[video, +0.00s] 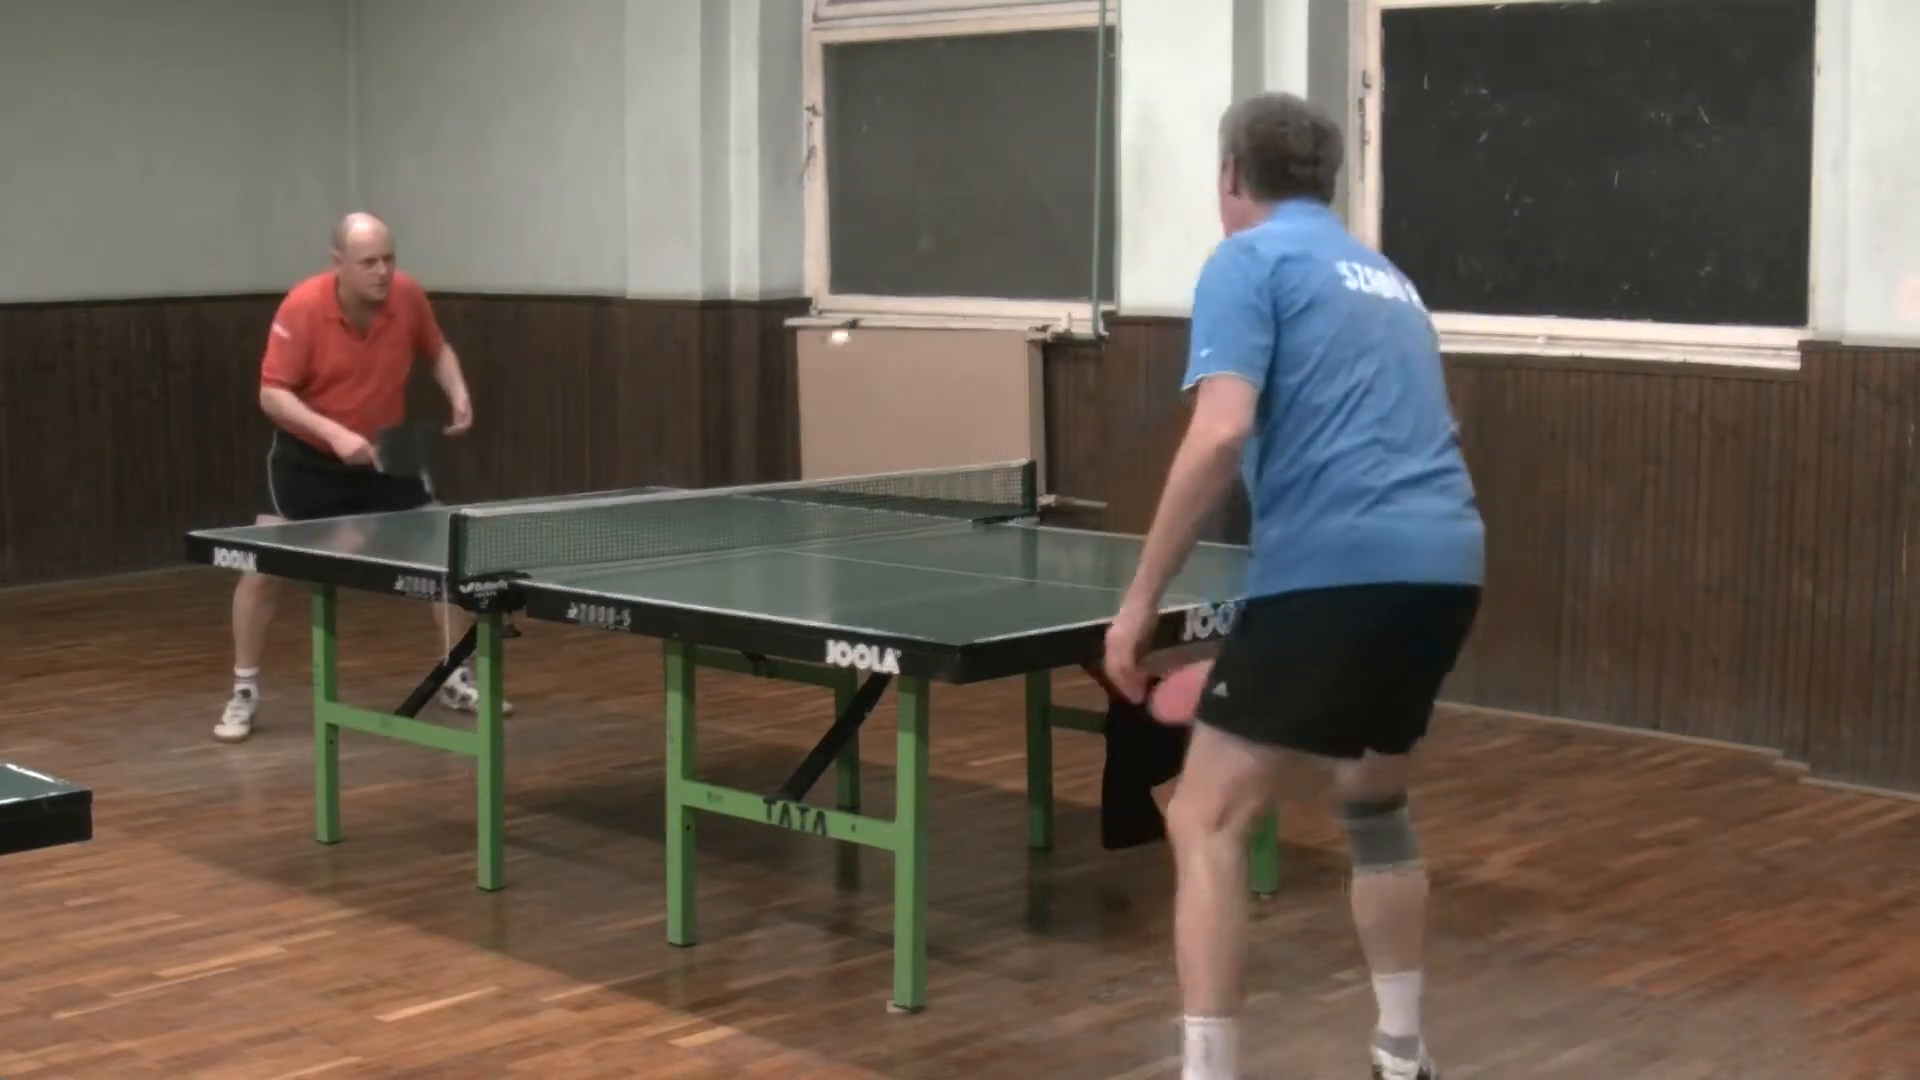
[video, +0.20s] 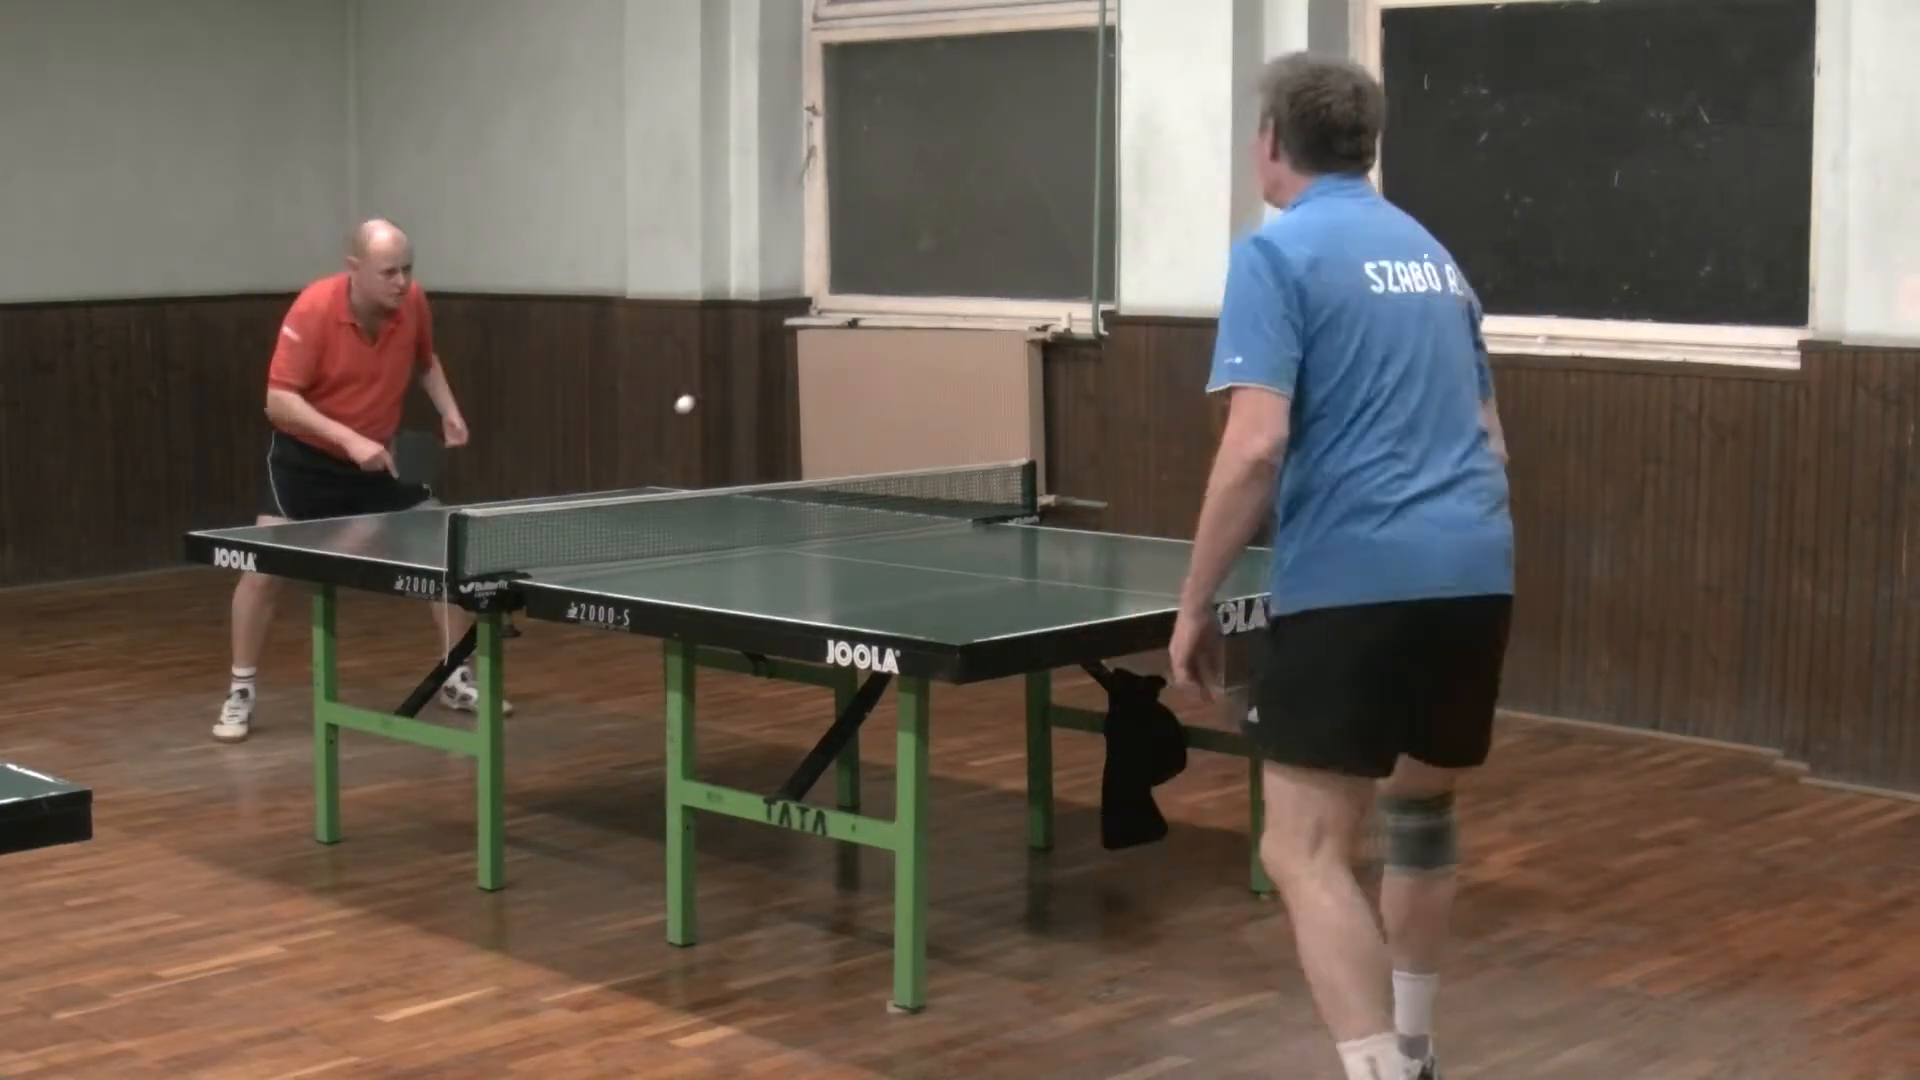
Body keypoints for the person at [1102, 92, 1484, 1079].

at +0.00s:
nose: (1218, 196)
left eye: (1219, 180)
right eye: (1219, 181)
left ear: (1235, 181)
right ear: (1326, 183)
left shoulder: (1246, 262)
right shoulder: (1381, 271)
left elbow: (1221, 434)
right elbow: (1366, 468)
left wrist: (1141, 601)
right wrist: (1245, 642)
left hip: (1332, 572)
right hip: (1445, 570)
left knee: (1205, 815)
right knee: (1375, 800)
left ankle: (1207, 1066)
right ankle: (1402, 1056)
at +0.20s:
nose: (1252, 152)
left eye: (1255, 136)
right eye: (1255, 136)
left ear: (1272, 145)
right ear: (1368, 148)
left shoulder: (1275, 248)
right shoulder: (1430, 251)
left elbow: (1256, 444)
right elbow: (1487, 439)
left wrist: (1194, 605)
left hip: (1348, 590)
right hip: (1473, 583)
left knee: (1307, 849)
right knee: (1418, 814)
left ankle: (1376, 1066)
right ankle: (1406, 1047)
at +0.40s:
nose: (1298, 166)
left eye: (1302, 151)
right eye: (1303, 151)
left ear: (1318, 157)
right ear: (1413, 158)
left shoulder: (1302, 265)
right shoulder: (1483, 260)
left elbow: (1269, 468)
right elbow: (1518, 434)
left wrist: (1228, 618)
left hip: (1381, 600)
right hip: (1515, 583)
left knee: (1321, 861)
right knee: (1507, 772)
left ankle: (1379, 1070)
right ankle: (1554, 1023)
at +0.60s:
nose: (1352, 183)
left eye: (1351, 167)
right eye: (1356, 167)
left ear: (1368, 168)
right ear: (1456, 167)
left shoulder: (1369, 268)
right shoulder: (1529, 263)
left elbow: (1349, 456)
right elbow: (1538, 439)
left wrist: (1291, 616)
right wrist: (1425, 557)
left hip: (1468, 594)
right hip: (1592, 580)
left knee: (1373, 848)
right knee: (1586, 810)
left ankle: (1394, 1070)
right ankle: (1659, 1042)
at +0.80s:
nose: (1369, 212)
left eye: (1369, 195)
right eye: (1368, 195)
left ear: (1390, 193)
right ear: (1479, 186)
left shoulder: (1411, 284)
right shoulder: (1552, 270)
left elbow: (1410, 476)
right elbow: (1584, 469)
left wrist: (1362, 638)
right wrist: (1478, 583)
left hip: (1552, 577)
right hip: (1660, 564)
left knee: (1460, 852)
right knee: (1610, 803)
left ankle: (1492, 1072)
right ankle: (1663, 1045)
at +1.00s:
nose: (1422, 250)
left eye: (1422, 236)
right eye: (1422, 236)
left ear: (1438, 240)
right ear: (1530, 229)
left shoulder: (1434, 329)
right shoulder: (1610, 309)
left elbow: (1422, 524)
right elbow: (1651, 463)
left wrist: (1426, 671)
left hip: (1580, 619)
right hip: (1710, 598)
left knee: (1442, 877)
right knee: (1663, 791)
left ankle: (1493, 1070)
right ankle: (1702, 1024)